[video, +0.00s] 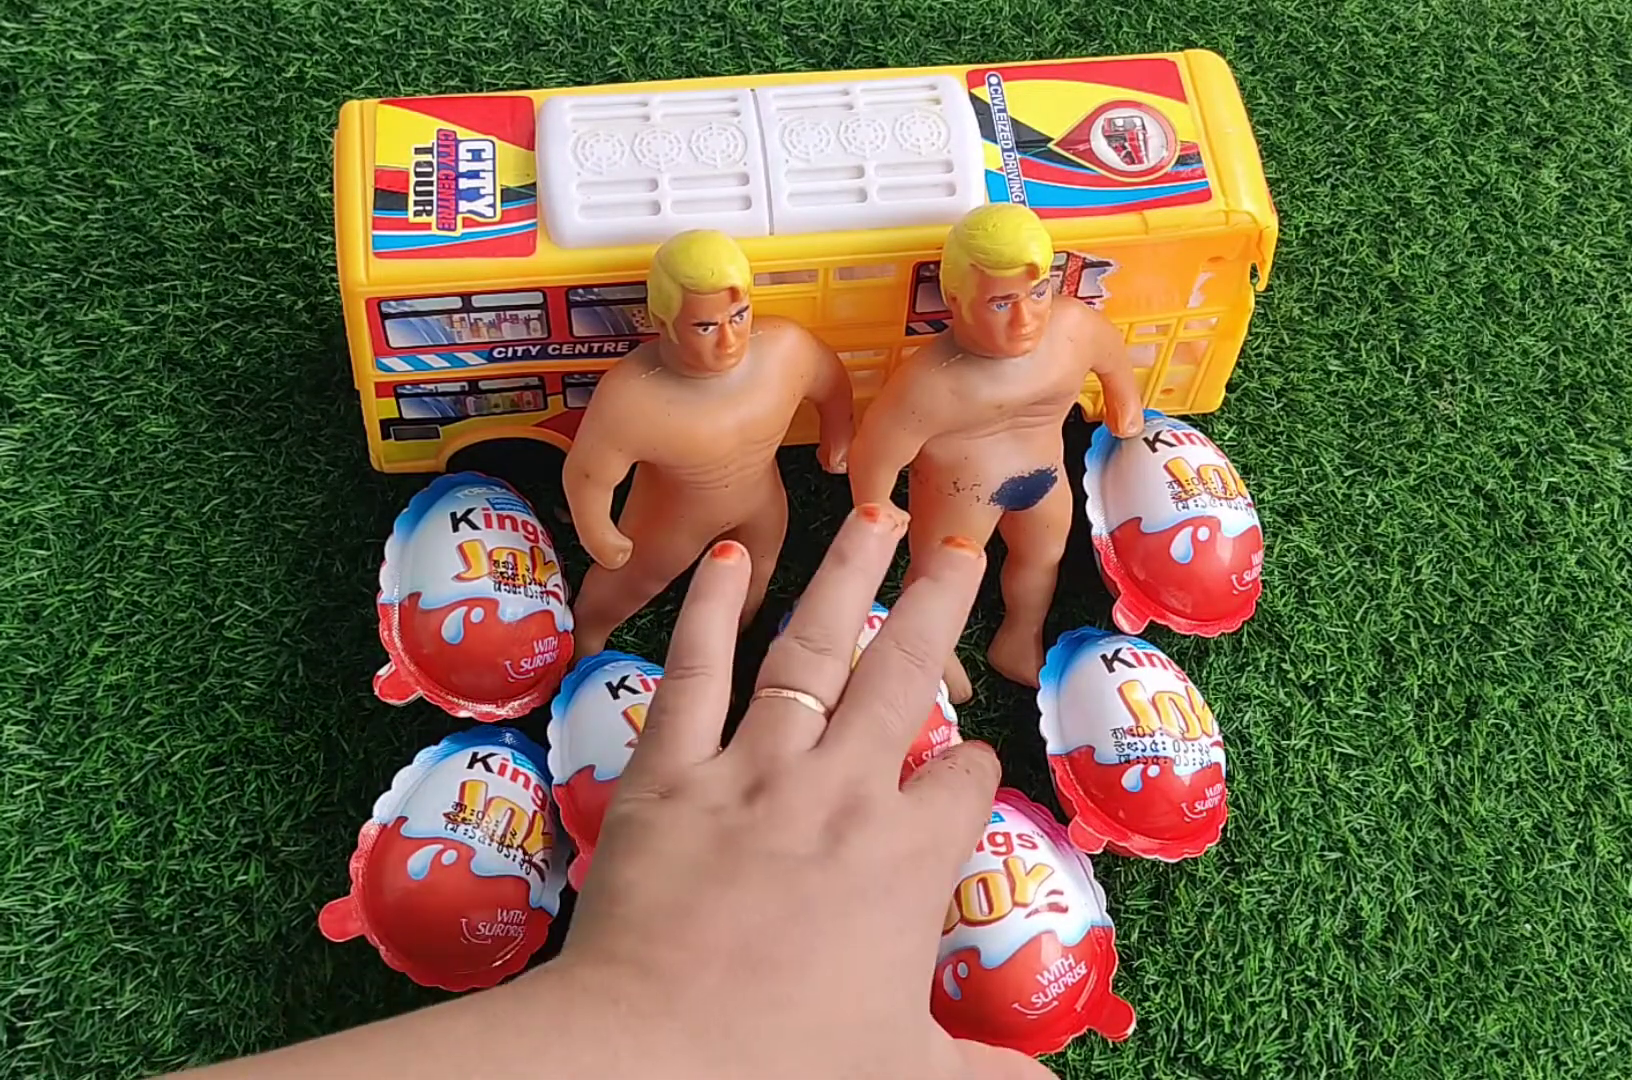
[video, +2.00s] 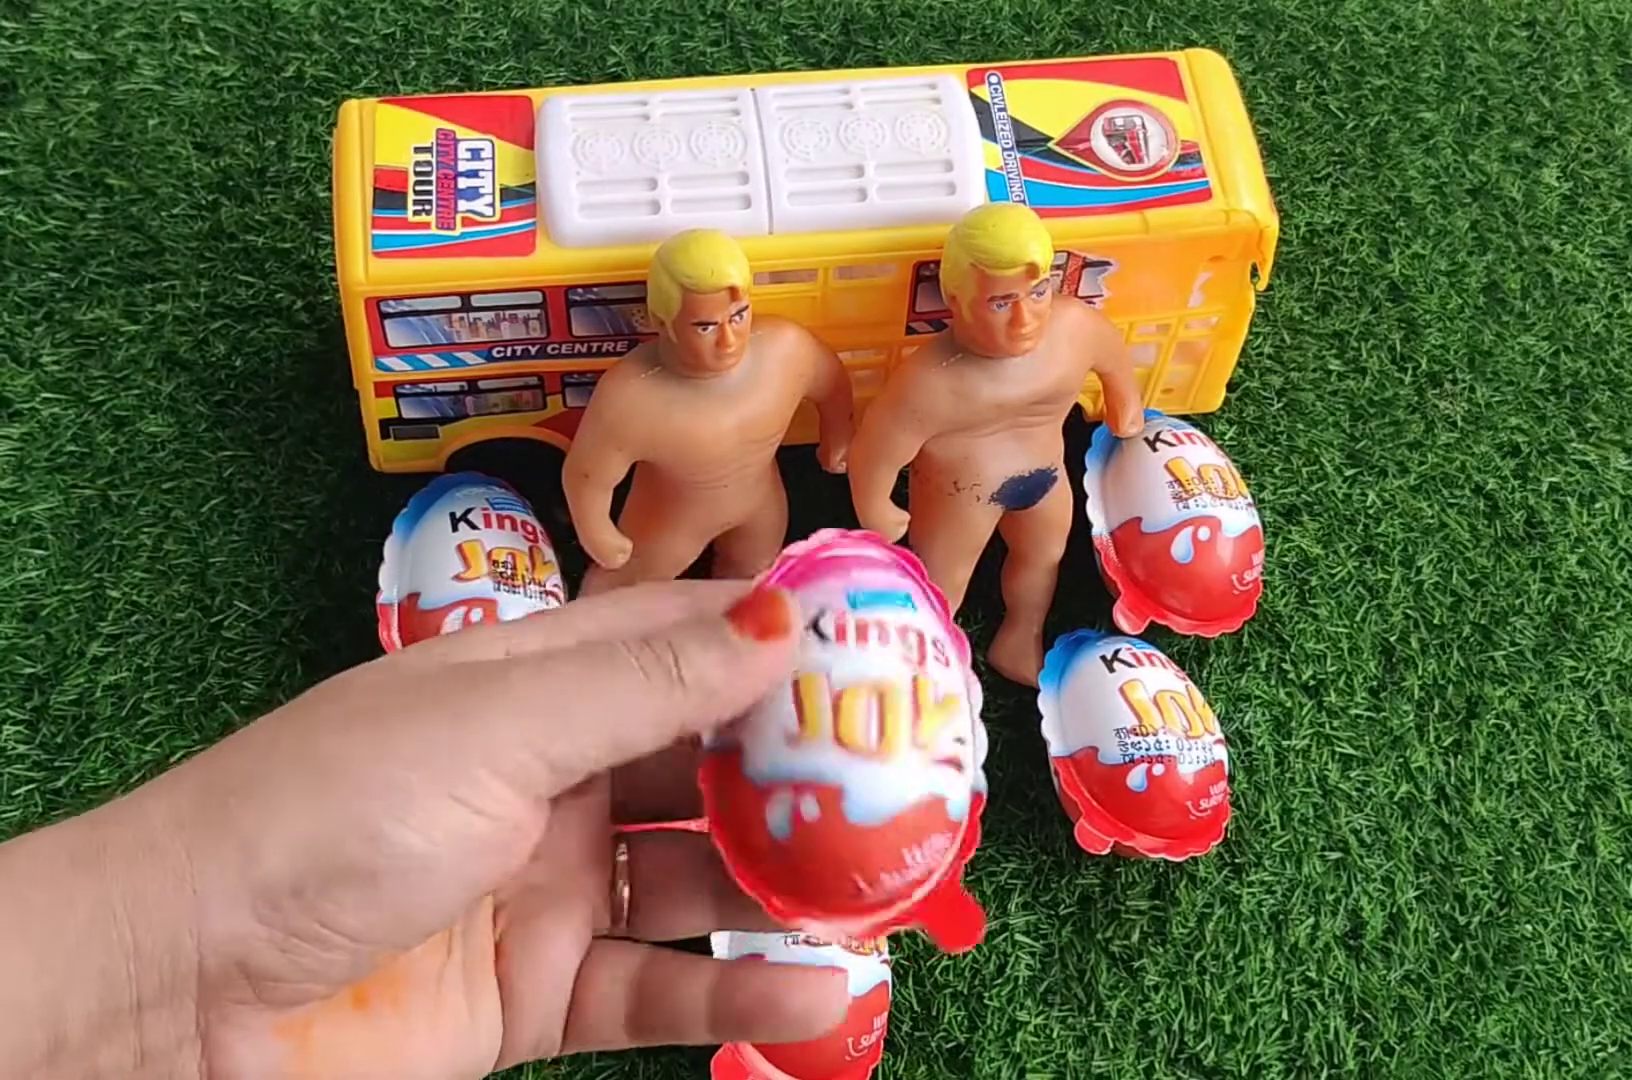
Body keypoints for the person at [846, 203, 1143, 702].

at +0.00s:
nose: (1024, 316)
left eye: (1036, 294)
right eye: (1000, 302)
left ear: (1049, 284)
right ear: (953, 303)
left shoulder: (1077, 326)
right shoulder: (927, 383)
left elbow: (1112, 357)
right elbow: (873, 456)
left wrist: (1125, 404)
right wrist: (875, 513)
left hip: (1044, 478)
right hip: (958, 493)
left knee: (1040, 561)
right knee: (938, 580)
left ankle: (1019, 643)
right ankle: (934, 647)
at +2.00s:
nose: (1024, 317)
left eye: (1037, 294)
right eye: (1000, 302)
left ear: (1051, 283)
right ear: (953, 303)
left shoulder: (1079, 328)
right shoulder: (927, 381)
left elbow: (1115, 362)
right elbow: (871, 458)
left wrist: (1126, 410)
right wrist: (879, 516)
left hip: (1044, 479)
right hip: (958, 492)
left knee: (1040, 563)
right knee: (940, 584)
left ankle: (1020, 643)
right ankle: (922, 662)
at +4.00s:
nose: (1025, 318)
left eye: (1038, 294)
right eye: (1001, 303)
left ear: (1051, 284)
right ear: (952, 303)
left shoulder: (1079, 327)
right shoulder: (928, 381)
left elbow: (1116, 364)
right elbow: (871, 459)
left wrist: (1127, 410)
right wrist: (879, 516)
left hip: (1044, 478)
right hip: (959, 491)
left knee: (1040, 565)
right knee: (942, 579)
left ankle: (1023, 644)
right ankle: (928, 656)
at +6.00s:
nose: (1024, 317)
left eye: (1037, 294)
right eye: (1000, 303)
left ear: (1051, 283)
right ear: (954, 301)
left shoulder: (1078, 327)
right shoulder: (927, 383)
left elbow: (1114, 361)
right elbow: (873, 452)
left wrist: (1127, 410)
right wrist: (877, 513)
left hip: (1045, 476)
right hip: (960, 490)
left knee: (1041, 560)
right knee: (942, 576)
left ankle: (1020, 642)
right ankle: (931, 643)